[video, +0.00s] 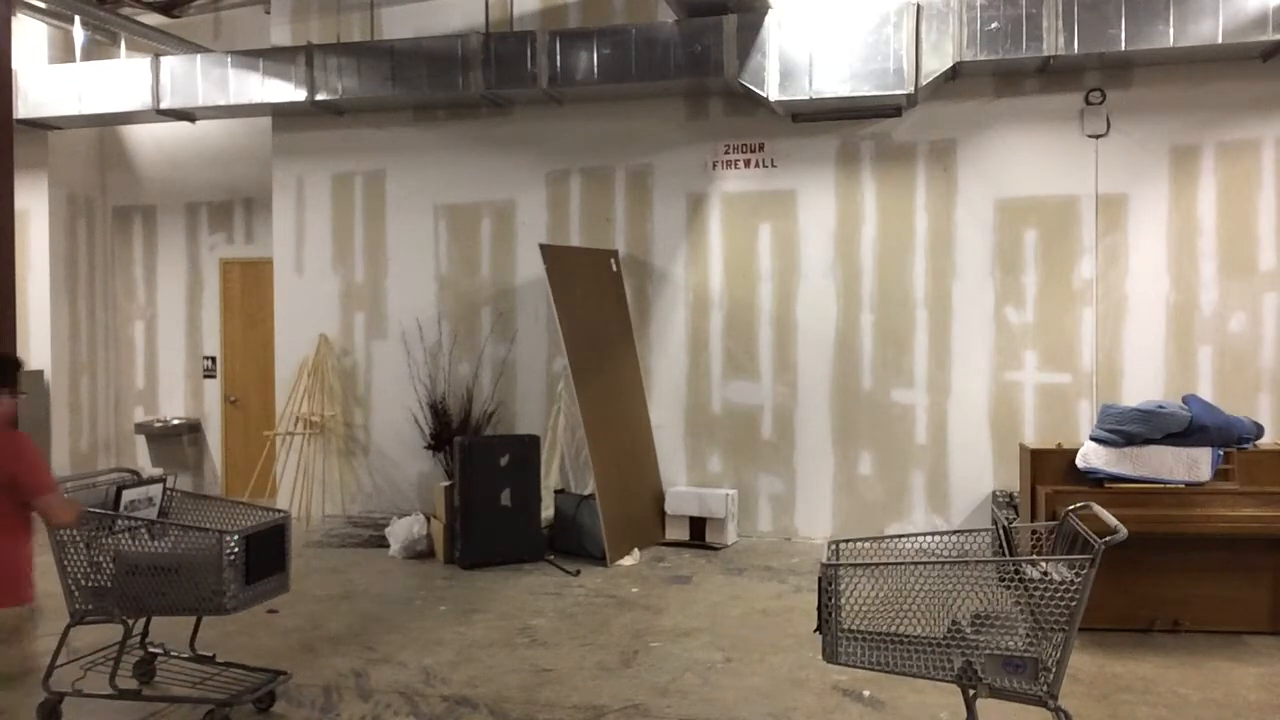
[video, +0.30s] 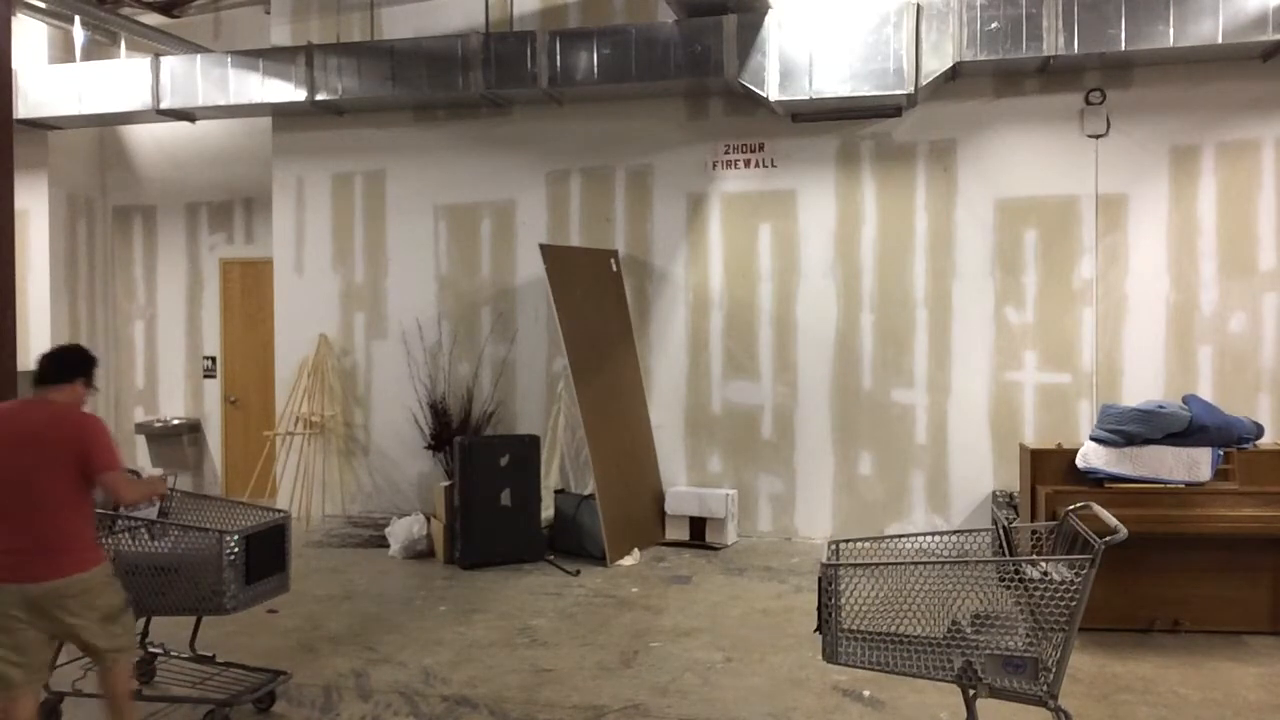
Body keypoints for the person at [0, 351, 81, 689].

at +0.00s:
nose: (18, 402)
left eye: (16, 393)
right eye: (13, 393)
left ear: (11, 396)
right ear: (5, 397)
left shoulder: (15, 444)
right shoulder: (13, 445)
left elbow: (60, 513)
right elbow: (59, 514)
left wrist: (61, 504)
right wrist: (75, 506)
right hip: (7, 603)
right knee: (17, 698)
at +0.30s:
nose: (87, 398)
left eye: (89, 389)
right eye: (87, 388)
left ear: (40, 381)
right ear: (76, 384)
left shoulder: (5, 416)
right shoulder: (82, 424)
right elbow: (123, 492)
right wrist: (154, 486)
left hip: (9, 578)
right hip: (73, 574)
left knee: (16, 688)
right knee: (116, 653)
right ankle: (124, 712)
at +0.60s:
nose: (165, 416)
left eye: (166, 410)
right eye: (167, 409)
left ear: (124, 395)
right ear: (161, 403)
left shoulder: (73, 424)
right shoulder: (166, 435)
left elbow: (71, 483)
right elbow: (206, 494)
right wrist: (215, 522)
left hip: (70, 572)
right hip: (137, 571)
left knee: (47, 665)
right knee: (160, 662)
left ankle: (33, 714)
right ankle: (167, 714)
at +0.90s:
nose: (203, 429)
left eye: (204, 426)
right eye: (205, 425)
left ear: (162, 406)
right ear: (199, 419)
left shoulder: (117, 421)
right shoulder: (204, 438)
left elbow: (108, 478)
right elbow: (233, 508)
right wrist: (230, 524)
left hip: (95, 554)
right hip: (160, 558)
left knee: (69, 662)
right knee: (167, 662)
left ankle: (51, 712)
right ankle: (169, 715)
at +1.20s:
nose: (205, 421)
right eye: (206, 416)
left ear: (161, 400)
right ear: (200, 409)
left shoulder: (120, 418)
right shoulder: (207, 427)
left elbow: (105, 480)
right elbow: (236, 501)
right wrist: (237, 521)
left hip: (109, 554)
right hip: (172, 557)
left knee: (81, 660)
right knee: (171, 661)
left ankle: (59, 713)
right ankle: (170, 715)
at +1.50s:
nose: (205, 406)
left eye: (206, 403)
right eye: (207, 402)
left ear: (163, 389)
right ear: (200, 397)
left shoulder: (120, 408)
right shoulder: (210, 423)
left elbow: (102, 471)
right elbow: (231, 491)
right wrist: (241, 515)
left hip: (112, 552)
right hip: (175, 556)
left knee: (85, 655)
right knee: (171, 659)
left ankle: (62, 715)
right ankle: (169, 715)